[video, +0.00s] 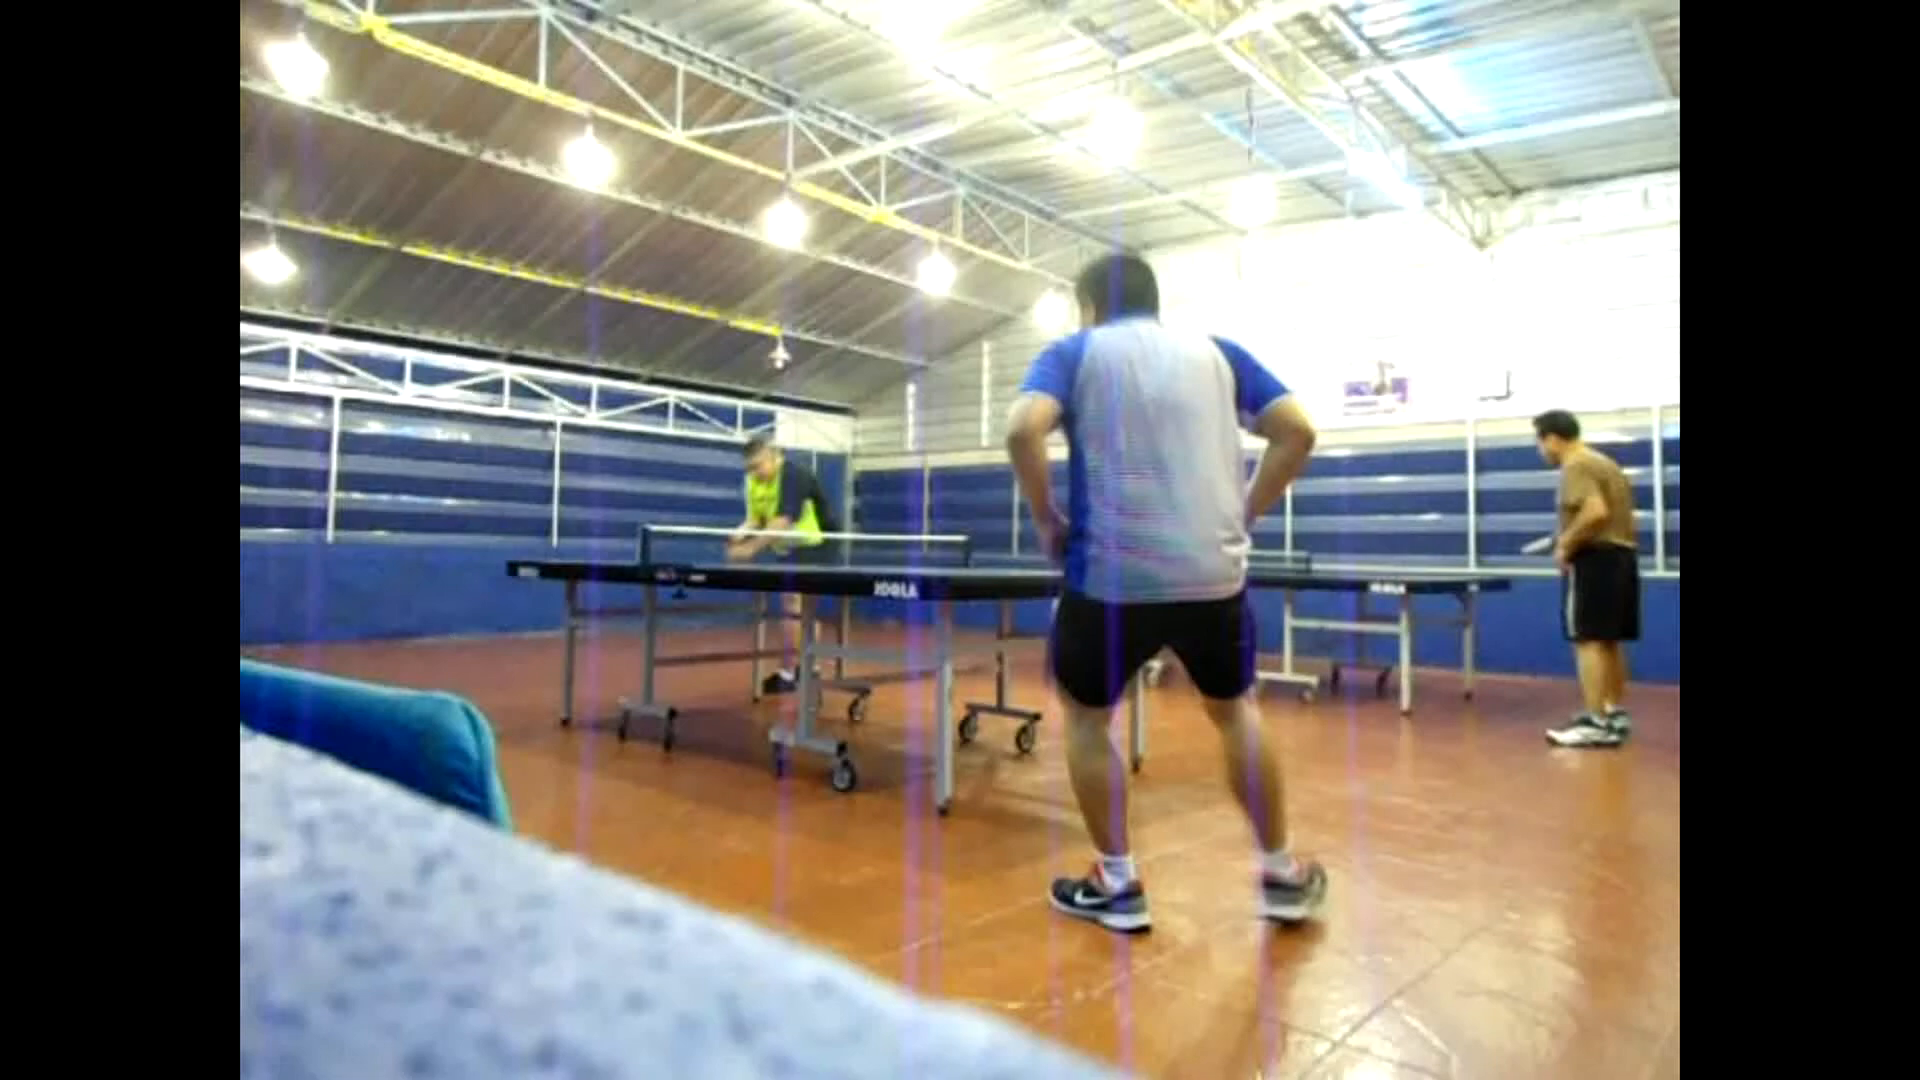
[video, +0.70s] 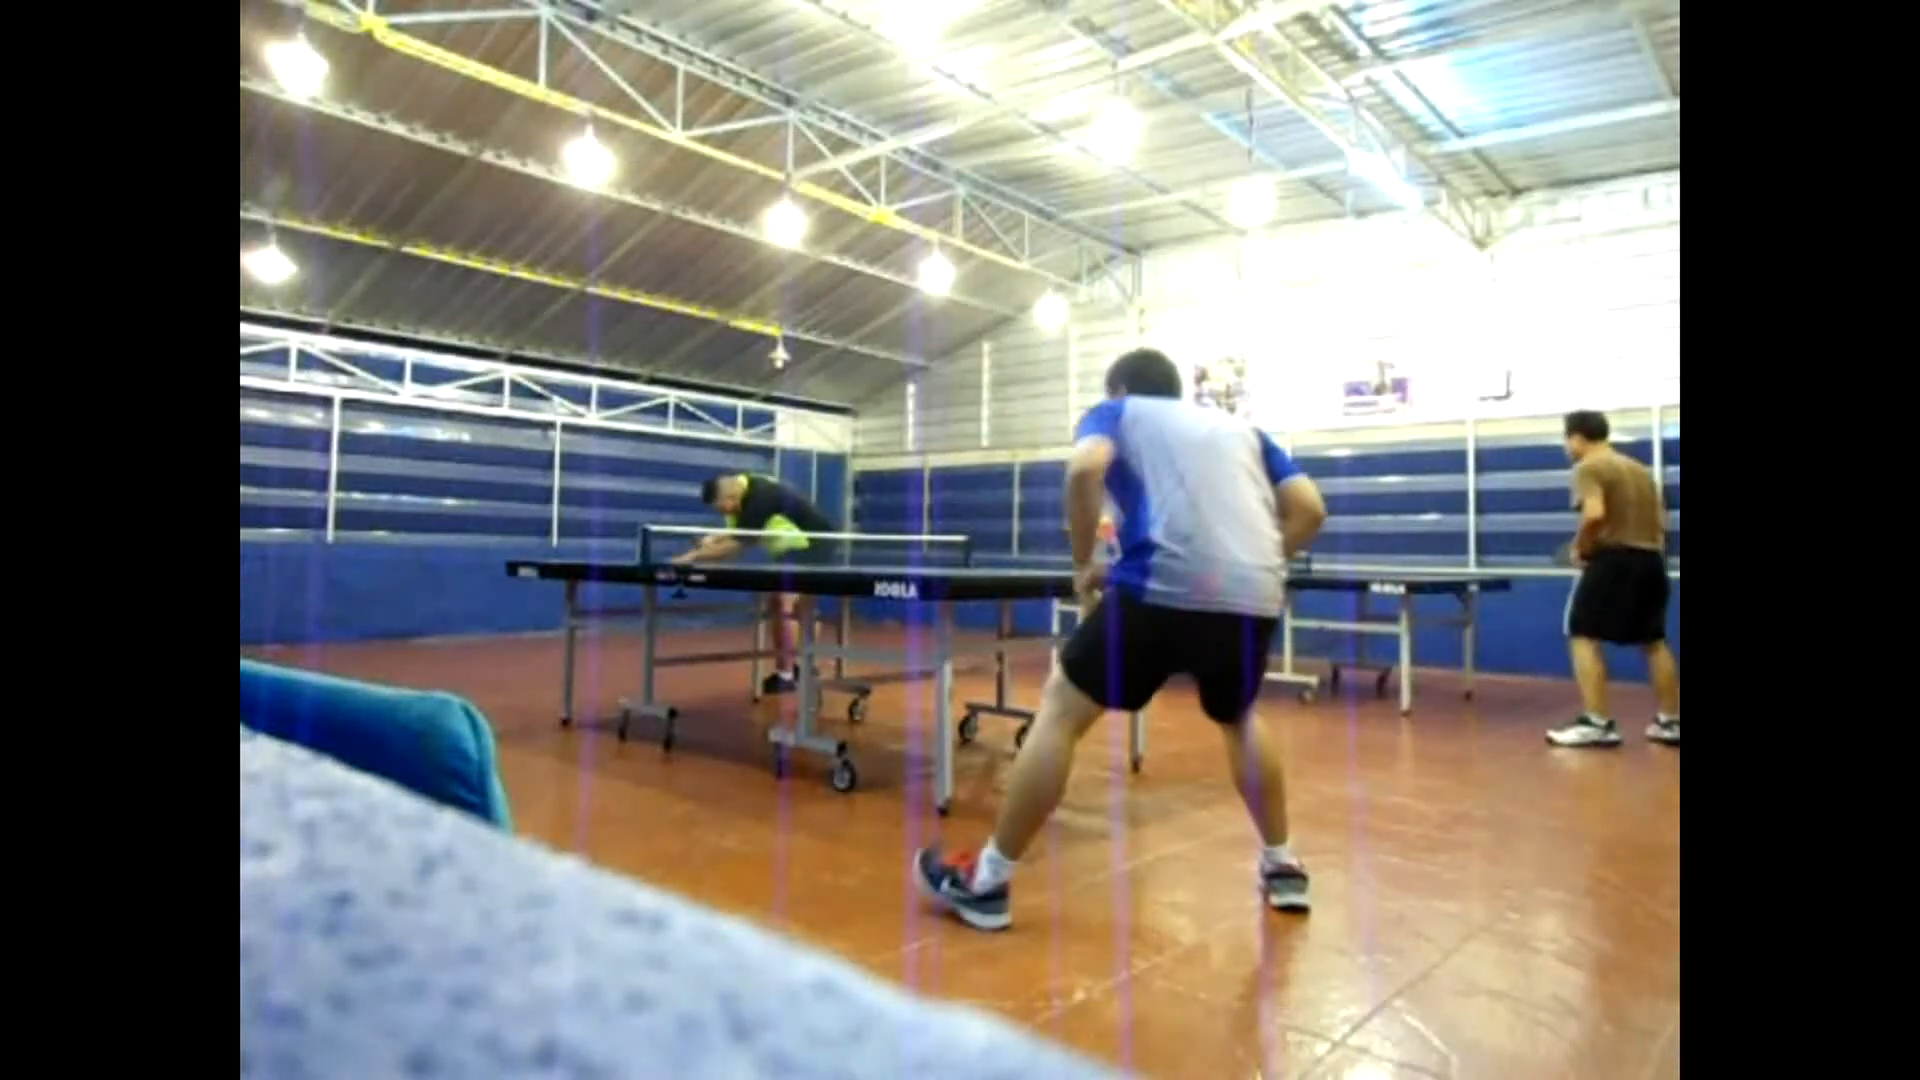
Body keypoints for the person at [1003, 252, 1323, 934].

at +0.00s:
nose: (1078, 317)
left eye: (1081, 307)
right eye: (1081, 307)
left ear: (1093, 306)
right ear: (1152, 301)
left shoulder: (1074, 352)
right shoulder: (1214, 352)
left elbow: (1025, 428)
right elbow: (1295, 433)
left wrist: (1046, 517)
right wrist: (1247, 512)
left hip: (1113, 582)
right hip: (1210, 579)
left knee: (1088, 719)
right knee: (1236, 711)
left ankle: (1116, 881)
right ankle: (1279, 870)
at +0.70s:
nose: (1105, 406)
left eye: (1107, 397)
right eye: (1107, 399)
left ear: (1120, 391)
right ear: (1179, 392)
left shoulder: (1114, 411)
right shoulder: (1242, 430)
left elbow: (1086, 468)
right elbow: (1308, 508)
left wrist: (1084, 566)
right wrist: (1259, 565)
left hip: (1159, 592)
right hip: (1251, 601)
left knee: (1061, 719)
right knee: (1241, 719)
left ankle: (987, 880)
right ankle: (1282, 866)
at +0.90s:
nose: (1075, 419)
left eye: (1076, 411)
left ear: (1082, 409)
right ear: (1142, 406)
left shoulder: (1070, 432)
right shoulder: (1209, 438)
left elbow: (1035, 494)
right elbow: (1267, 515)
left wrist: (1041, 585)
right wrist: (1230, 571)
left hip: (1119, 602)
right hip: (1217, 608)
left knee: (1021, 708)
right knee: (1233, 722)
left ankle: (978, 881)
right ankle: (1281, 865)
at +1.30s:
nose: (1073, 400)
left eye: (1075, 392)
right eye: (1075, 393)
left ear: (1085, 389)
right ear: (1142, 387)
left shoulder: (1076, 419)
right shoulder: (1210, 430)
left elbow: (1046, 494)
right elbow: (1259, 524)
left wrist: (1032, 581)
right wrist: (1197, 545)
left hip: (1128, 598)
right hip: (1224, 602)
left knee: (1029, 707)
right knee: (1236, 719)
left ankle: (978, 881)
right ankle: (1284, 865)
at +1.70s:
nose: (1079, 387)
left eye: (1081, 378)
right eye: (1083, 379)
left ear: (1090, 376)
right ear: (1148, 376)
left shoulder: (1072, 410)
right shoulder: (1207, 420)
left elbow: (1046, 485)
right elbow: (1259, 518)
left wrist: (1059, 577)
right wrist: (1204, 549)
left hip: (1120, 595)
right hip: (1213, 597)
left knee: (1025, 706)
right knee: (1235, 718)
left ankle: (987, 881)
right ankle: (1285, 867)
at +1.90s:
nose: (1047, 363)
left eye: (1049, 354)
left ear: (1057, 355)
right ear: (1116, 356)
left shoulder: (1032, 398)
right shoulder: (1167, 411)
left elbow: (1001, 480)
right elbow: (1211, 505)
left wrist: (1013, 569)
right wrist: (1186, 569)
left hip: (1070, 598)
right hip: (1164, 601)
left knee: (998, 713)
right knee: (1200, 710)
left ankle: (981, 879)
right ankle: (1267, 848)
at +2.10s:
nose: (1051, 330)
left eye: (1054, 320)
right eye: (1056, 320)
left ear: (1065, 321)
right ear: (1119, 319)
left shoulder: (1051, 361)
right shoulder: (1176, 377)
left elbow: (1018, 435)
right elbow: (1214, 472)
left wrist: (1005, 512)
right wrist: (1169, 521)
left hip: (1073, 561)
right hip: (1163, 567)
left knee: (1000, 684)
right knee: (1186, 687)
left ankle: (981, 848)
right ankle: (1228, 827)